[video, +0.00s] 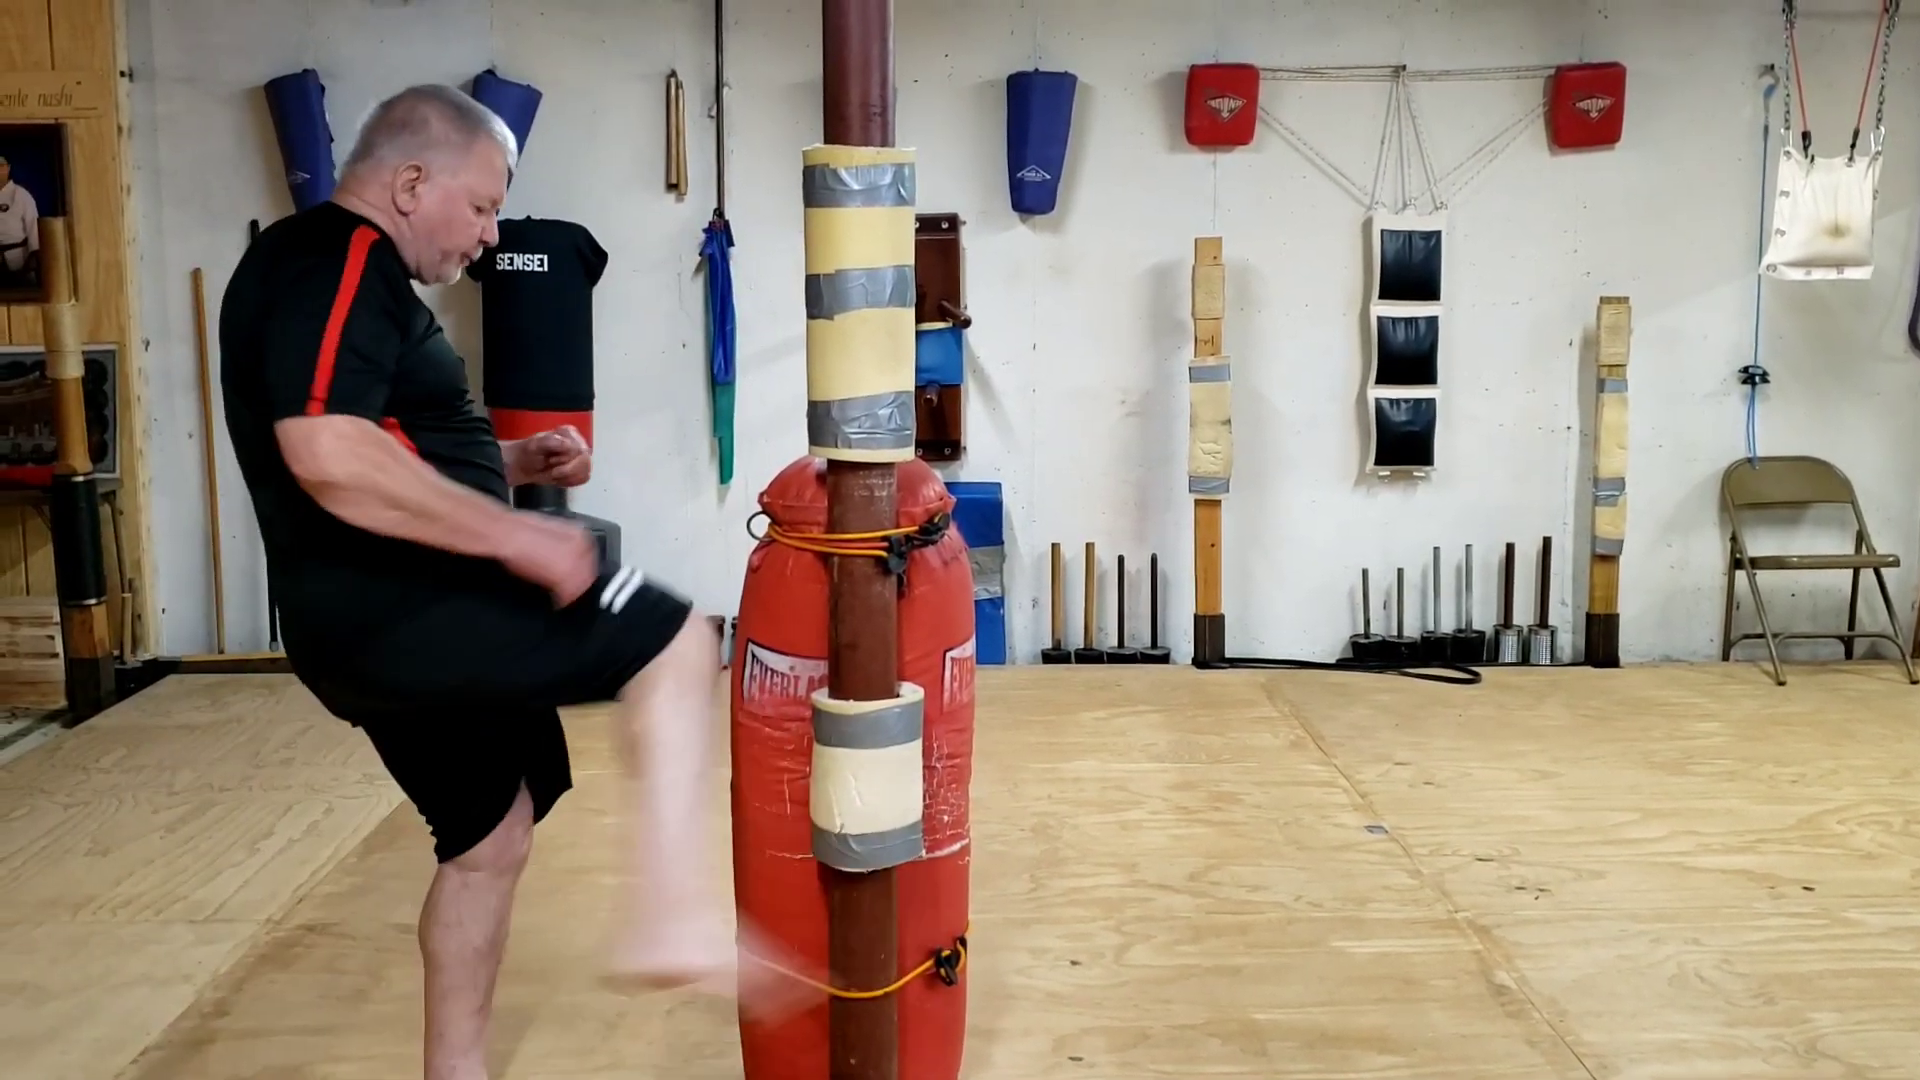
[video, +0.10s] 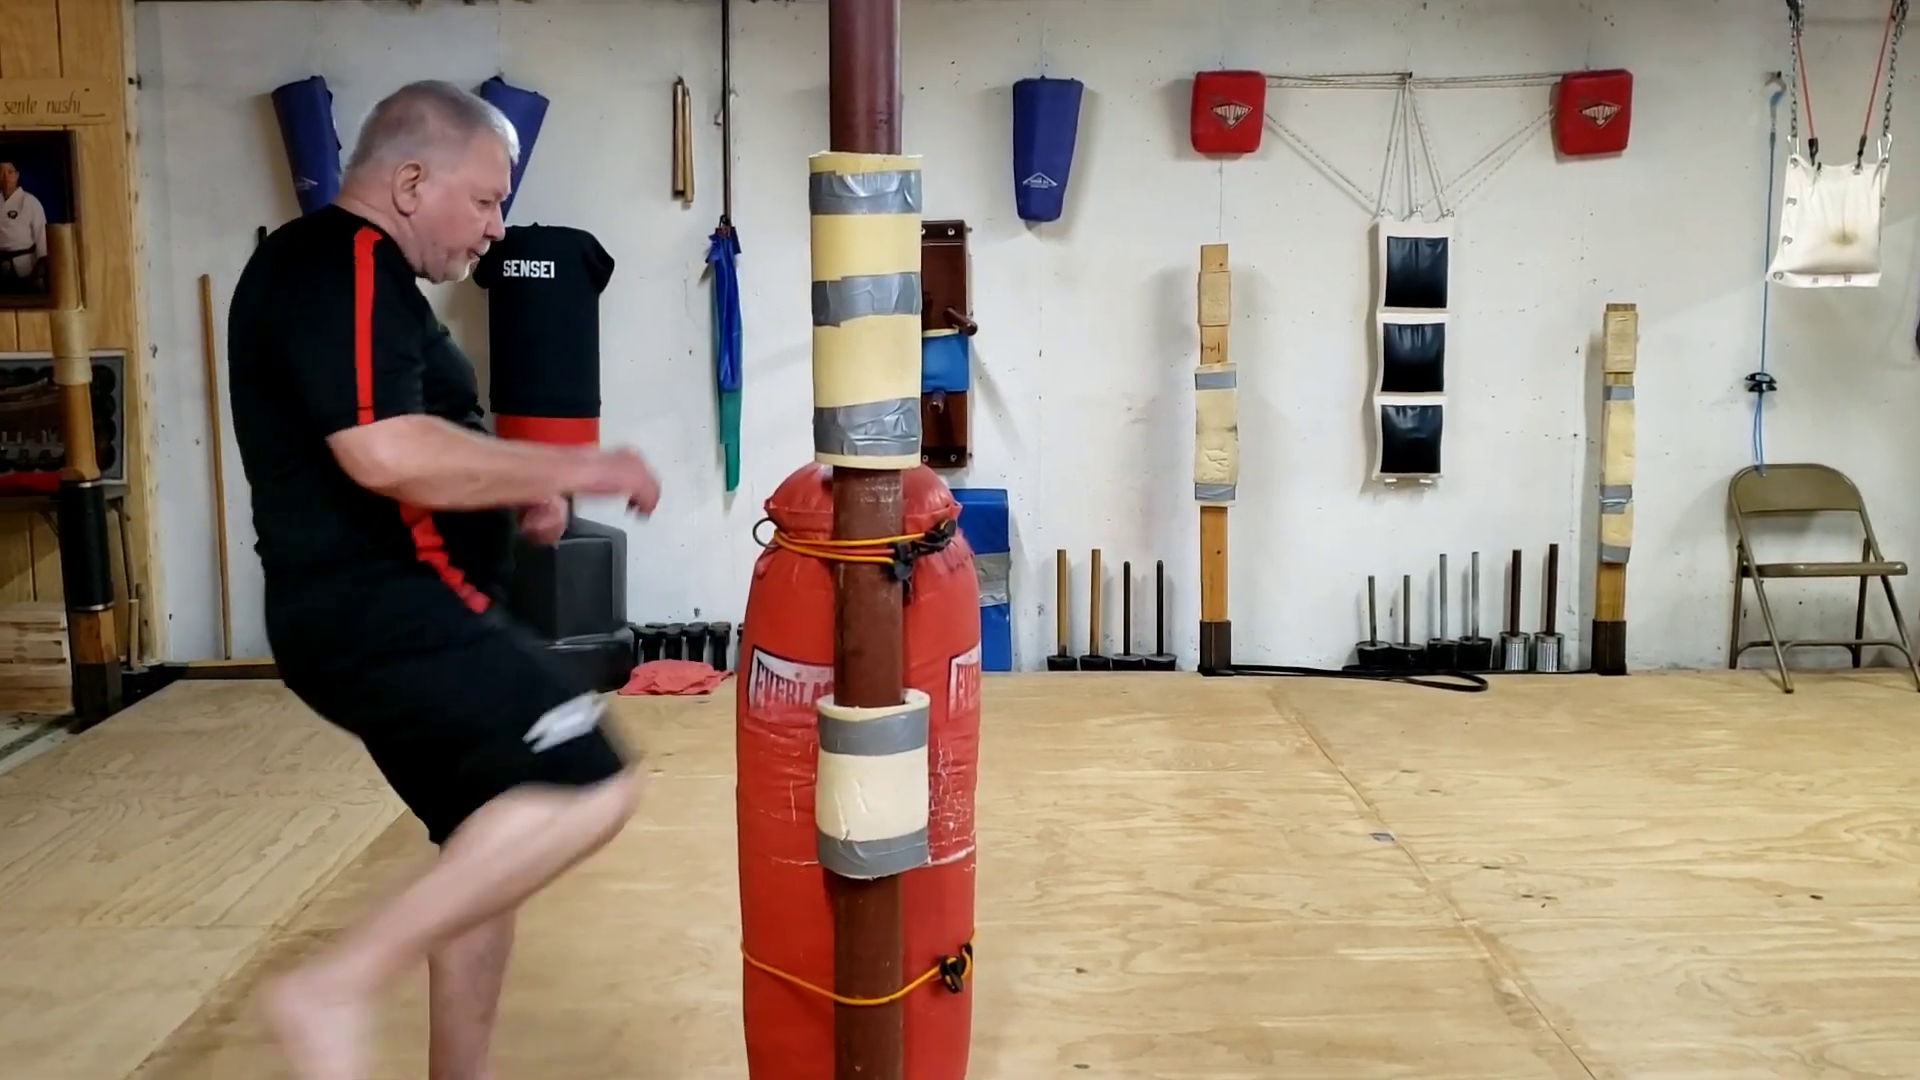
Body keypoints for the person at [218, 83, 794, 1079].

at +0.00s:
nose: (489, 237)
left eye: (494, 215)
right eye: (482, 208)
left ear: (400, 190)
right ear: (408, 184)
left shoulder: (302, 263)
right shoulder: (341, 258)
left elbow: (370, 455)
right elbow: (326, 447)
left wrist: (506, 464)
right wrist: (512, 536)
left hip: (356, 615)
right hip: (405, 597)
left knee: (487, 831)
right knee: (677, 639)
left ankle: (454, 1070)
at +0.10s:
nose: (495, 232)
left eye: (500, 209)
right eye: (487, 203)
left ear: (406, 189)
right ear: (409, 184)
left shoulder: (350, 265)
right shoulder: (336, 262)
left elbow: (408, 436)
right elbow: (380, 450)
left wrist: (512, 491)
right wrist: (572, 467)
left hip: (373, 608)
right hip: (375, 607)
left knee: (487, 845)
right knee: (586, 782)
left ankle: (459, 1071)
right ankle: (328, 988)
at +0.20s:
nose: (503, 238)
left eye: (506, 215)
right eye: (493, 210)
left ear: (409, 195)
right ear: (414, 192)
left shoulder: (381, 282)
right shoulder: (330, 264)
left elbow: (368, 473)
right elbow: (413, 442)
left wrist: (478, 550)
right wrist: (587, 407)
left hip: (436, 640)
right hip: (346, 647)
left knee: (504, 852)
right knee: (398, 909)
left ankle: (465, 1074)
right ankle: (176, 1073)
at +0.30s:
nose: (492, 258)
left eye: (493, 234)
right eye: (475, 231)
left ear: (393, 226)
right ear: (391, 224)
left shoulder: (367, 312)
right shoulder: (293, 297)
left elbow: (337, 506)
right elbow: (412, 467)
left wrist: (455, 585)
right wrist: (582, 408)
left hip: (410, 671)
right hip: (287, 685)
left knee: (512, 861)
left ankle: (467, 1074)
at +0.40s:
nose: (460, 280)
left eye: (465, 254)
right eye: (440, 255)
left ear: (359, 250)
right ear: (351, 248)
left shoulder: (382, 330)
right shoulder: (244, 322)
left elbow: (384, 499)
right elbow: (323, 511)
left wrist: (469, 542)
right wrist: (523, 457)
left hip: (398, 683)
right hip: (263, 708)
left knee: (509, 870)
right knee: (209, 980)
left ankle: (467, 1075)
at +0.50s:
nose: (441, 267)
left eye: (445, 241)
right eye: (421, 245)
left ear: (341, 239)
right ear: (330, 238)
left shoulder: (399, 319)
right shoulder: (213, 316)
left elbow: (448, 473)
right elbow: (176, 528)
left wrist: (507, 435)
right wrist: (399, 541)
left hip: (388, 674)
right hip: (241, 695)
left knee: (495, 867)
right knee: (207, 963)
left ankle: (465, 1074)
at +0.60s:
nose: (443, 268)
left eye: (446, 243)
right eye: (422, 244)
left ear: (347, 235)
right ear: (333, 234)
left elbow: (525, 394)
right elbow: (81, 512)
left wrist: (625, 355)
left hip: (382, 687)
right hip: (242, 711)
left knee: (483, 860)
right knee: (216, 968)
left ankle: (466, 1074)